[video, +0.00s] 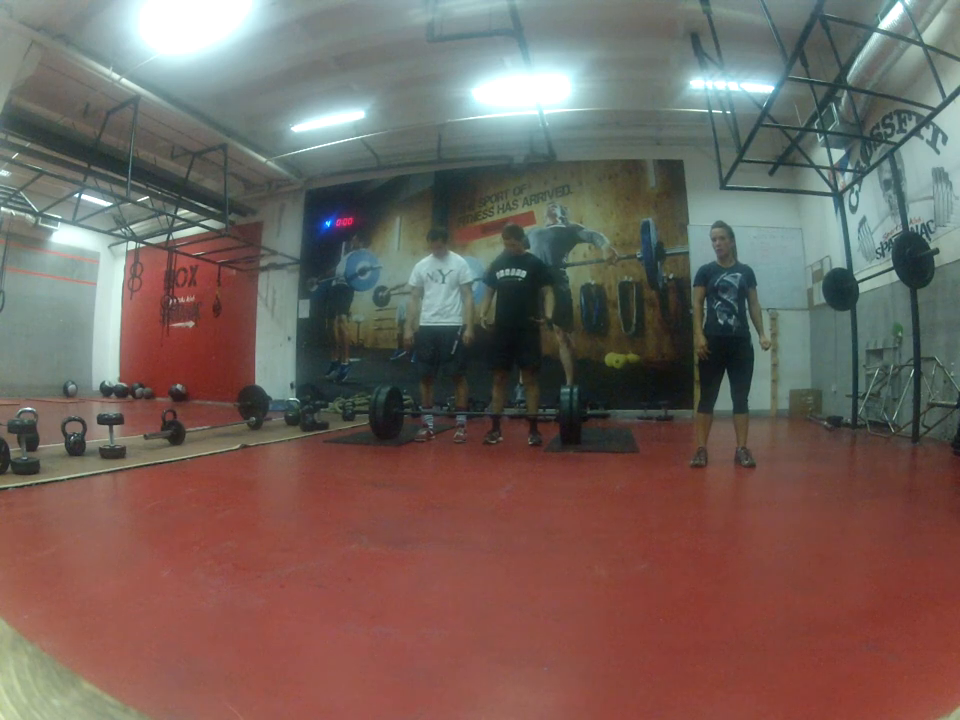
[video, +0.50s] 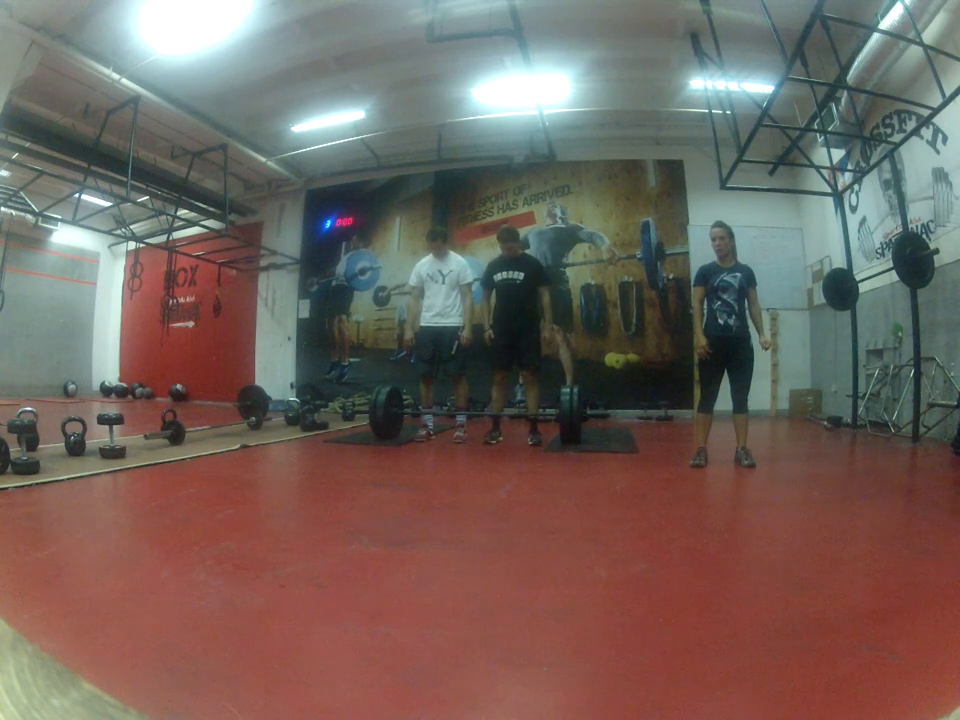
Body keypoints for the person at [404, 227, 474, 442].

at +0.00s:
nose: (437, 249)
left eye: (439, 245)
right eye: (434, 246)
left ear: (446, 243)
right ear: (429, 244)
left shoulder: (459, 263)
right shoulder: (421, 266)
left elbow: (468, 296)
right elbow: (414, 299)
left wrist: (469, 327)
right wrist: (408, 328)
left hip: (454, 328)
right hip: (426, 328)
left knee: (458, 376)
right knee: (425, 377)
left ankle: (461, 425)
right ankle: (427, 425)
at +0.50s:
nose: (436, 250)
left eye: (439, 246)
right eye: (433, 246)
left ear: (446, 243)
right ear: (428, 244)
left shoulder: (459, 263)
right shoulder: (421, 266)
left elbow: (467, 296)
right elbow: (414, 299)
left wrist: (467, 327)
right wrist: (409, 328)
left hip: (454, 328)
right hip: (426, 328)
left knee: (458, 376)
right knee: (426, 376)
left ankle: (461, 425)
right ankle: (427, 425)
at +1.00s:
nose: (431, 277)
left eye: (434, 274)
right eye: (428, 274)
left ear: (441, 267)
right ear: (423, 270)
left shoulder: (456, 277)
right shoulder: (417, 279)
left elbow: (466, 313)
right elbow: (411, 314)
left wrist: (467, 347)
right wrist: (410, 344)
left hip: (455, 330)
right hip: (431, 330)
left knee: (459, 376)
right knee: (426, 376)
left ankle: (461, 425)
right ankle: (427, 425)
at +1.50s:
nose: (431, 278)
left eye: (433, 274)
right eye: (427, 275)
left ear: (440, 267)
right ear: (422, 271)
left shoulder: (455, 276)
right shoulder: (415, 280)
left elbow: (465, 312)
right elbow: (412, 315)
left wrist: (467, 345)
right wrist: (412, 344)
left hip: (455, 331)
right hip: (431, 331)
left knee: (460, 376)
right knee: (427, 376)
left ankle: (461, 425)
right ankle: (427, 425)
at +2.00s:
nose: (431, 278)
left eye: (433, 274)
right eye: (427, 275)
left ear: (440, 268)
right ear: (422, 271)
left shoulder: (456, 277)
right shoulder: (416, 280)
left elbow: (466, 312)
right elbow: (412, 315)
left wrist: (467, 345)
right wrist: (411, 345)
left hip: (455, 331)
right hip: (430, 331)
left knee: (460, 377)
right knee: (427, 376)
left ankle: (461, 425)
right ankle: (427, 425)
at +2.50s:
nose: (431, 279)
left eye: (433, 276)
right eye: (427, 276)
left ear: (440, 269)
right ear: (422, 272)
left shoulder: (456, 277)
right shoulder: (416, 280)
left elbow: (466, 312)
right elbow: (412, 315)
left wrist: (467, 346)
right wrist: (412, 344)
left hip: (456, 331)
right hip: (431, 331)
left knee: (460, 377)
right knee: (427, 376)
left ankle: (461, 426)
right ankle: (427, 425)